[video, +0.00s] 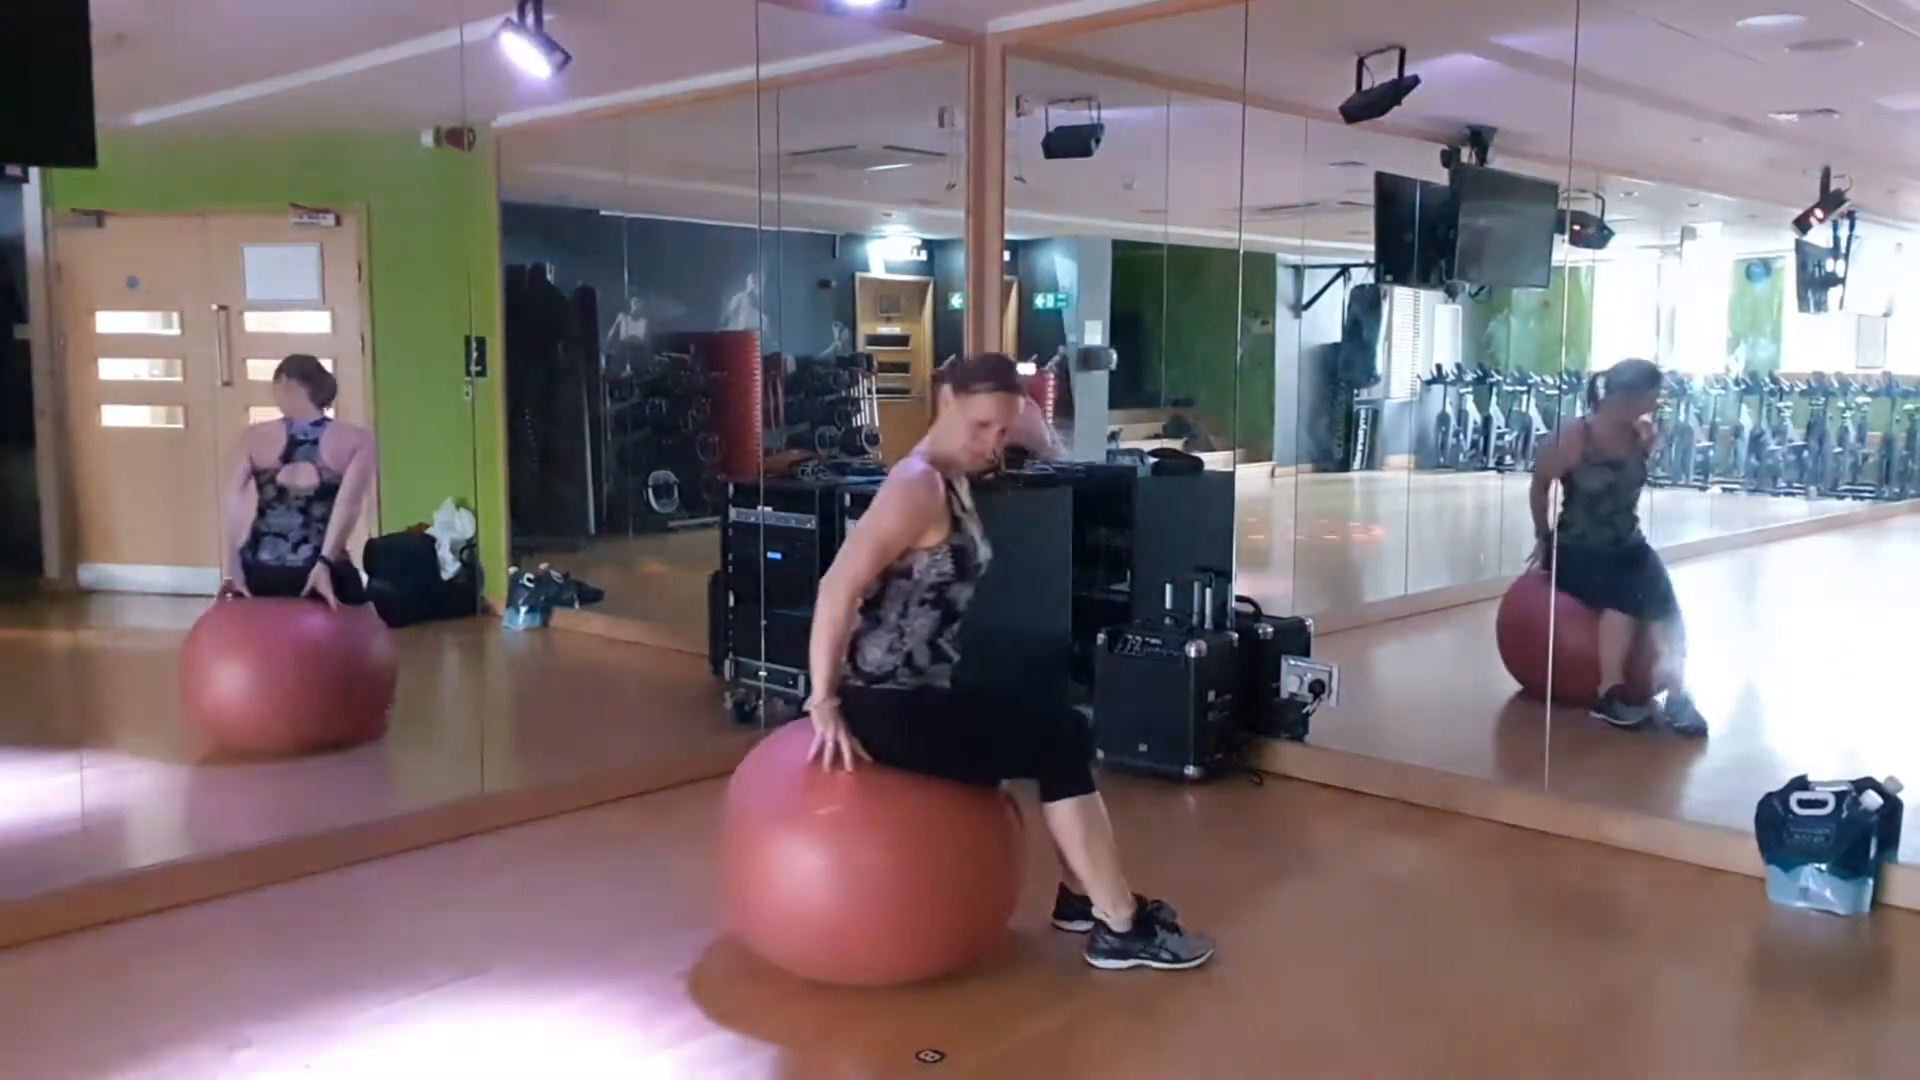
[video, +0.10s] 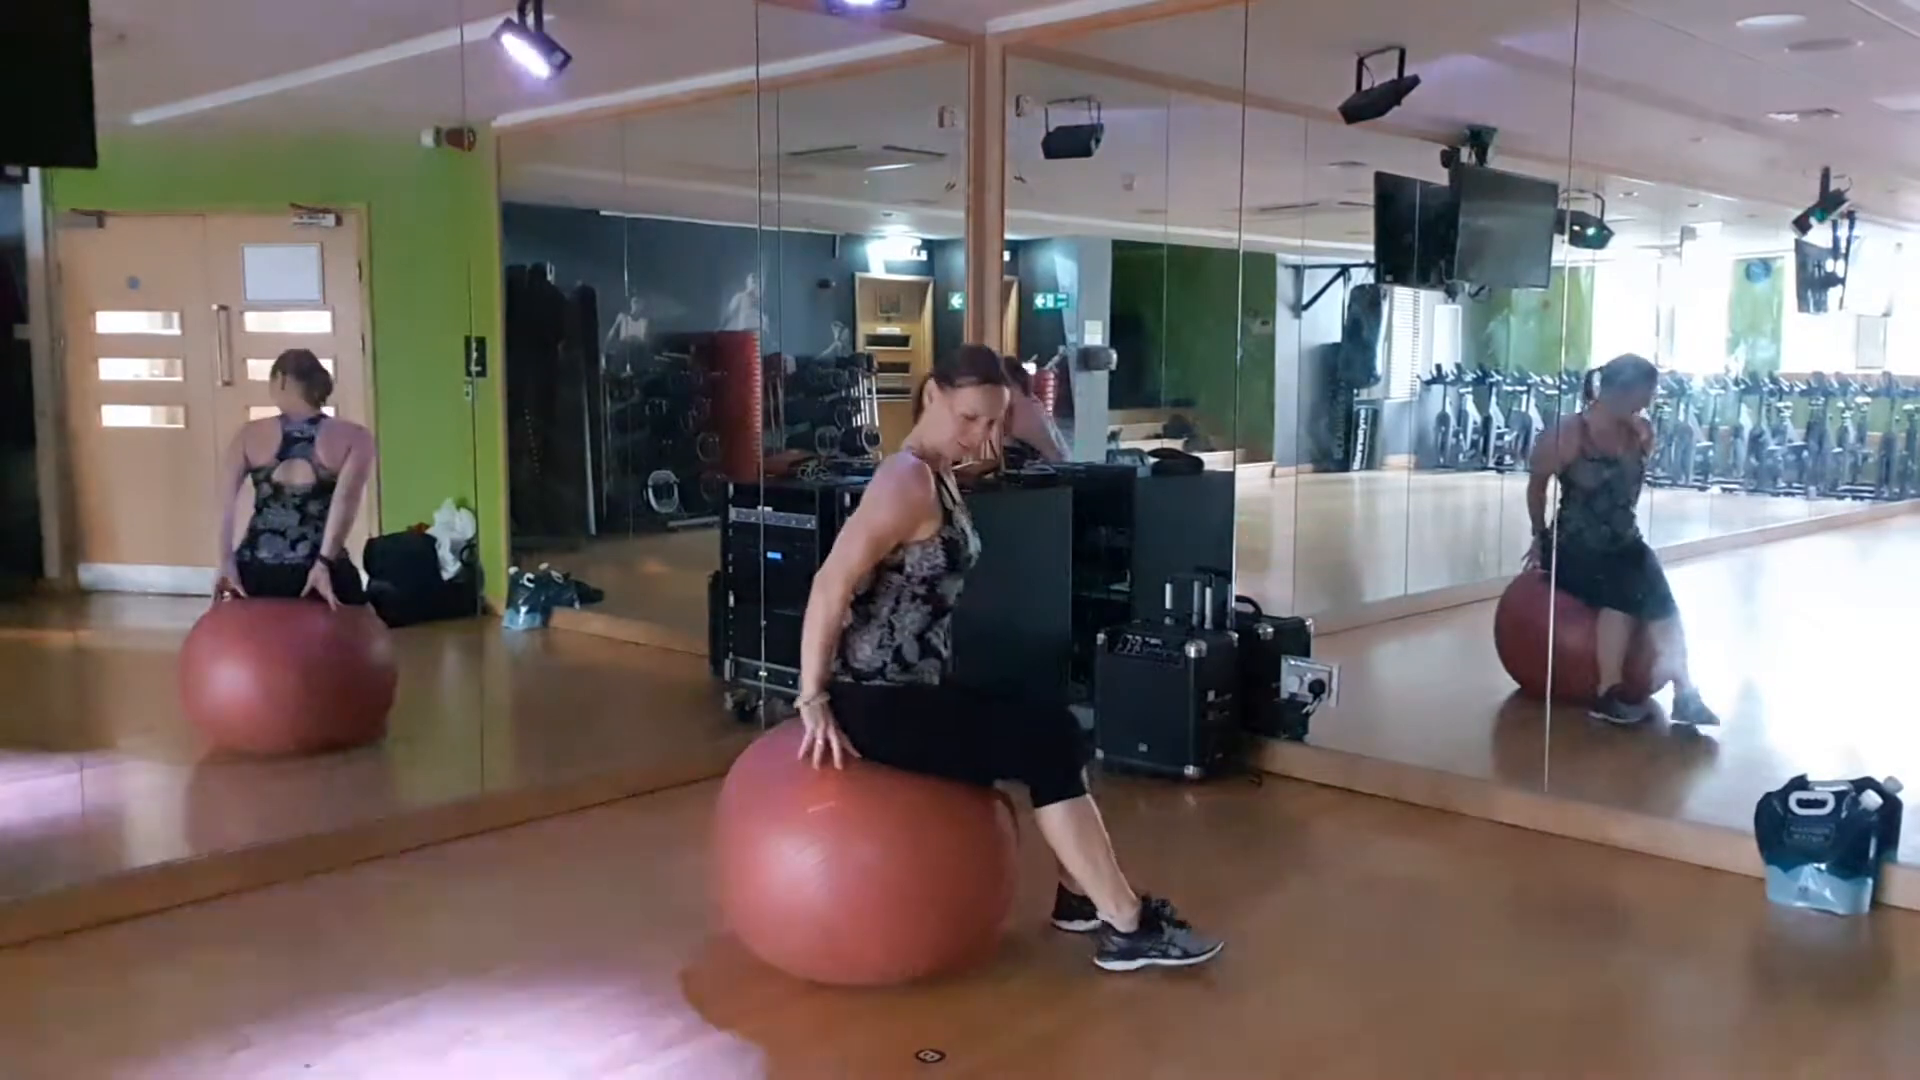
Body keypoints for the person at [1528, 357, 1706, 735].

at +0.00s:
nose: (1653, 407)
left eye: (1655, 400)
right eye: (1650, 399)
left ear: (1640, 402)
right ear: (1624, 396)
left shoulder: (1642, 434)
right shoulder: (1573, 436)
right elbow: (1540, 484)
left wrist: (1650, 443)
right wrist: (1543, 538)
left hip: (1627, 542)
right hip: (1577, 545)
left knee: (1662, 598)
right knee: (1624, 590)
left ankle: (1677, 695)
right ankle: (1610, 691)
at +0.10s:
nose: (1644, 405)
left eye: (1647, 398)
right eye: (1641, 397)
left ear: (1638, 394)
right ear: (1619, 390)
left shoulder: (1638, 432)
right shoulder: (1567, 433)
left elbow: (1628, 488)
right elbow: (1537, 485)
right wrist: (1539, 534)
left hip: (1625, 544)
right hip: (1575, 544)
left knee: (1659, 596)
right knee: (1620, 590)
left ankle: (1685, 694)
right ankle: (1608, 693)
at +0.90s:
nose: (1680, 351)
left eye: (1678, 343)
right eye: (1672, 343)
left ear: (1650, 348)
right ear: (1646, 347)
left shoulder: (1678, 404)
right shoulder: (1603, 404)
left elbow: (1677, 472)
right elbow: (1581, 474)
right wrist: (1572, 532)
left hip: (1663, 520)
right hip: (1610, 519)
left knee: (1691, 601)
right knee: (1651, 590)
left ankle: (1698, 699)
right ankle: (1632, 696)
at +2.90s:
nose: (1655, 402)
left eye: (1660, 393)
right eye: (1646, 392)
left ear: (1664, 395)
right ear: (1623, 388)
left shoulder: (1668, 435)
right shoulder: (1583, 436)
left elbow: (1660, 493)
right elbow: (1548, 487)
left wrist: (1643, 532)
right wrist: (1544, 544)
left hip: (1639, 544)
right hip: (1585, 544)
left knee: (1669, 586)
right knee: (1639, 587)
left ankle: (1686, 693)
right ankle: (1662, 693)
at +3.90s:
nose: (1641, 413)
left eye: (1646, 406)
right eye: (1632, 405)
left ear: (1651, 412)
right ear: (1609, 408)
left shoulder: (1663, 458)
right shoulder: (1581, 460)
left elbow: (1674, 520)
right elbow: (1555, 520)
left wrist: (1686, 558)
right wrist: (1585, 569)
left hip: (1675, 566)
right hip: (1626, 573)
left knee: (1721, 573)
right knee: (1705, 599)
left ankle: (1718, 699)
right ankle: (1719, 713)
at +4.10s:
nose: (1642, 422)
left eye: (1645, 415)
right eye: (1633, 414)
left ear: (1649, 420)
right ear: (1607, 417)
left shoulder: (1665, 463)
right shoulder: (1579, 467)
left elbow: (1679, 524)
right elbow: (1560, 532)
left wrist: (1694, 561)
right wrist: (1591, 573)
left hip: (1682, 562)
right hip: (1632, 573)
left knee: (1722, 580)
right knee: (1700, 599)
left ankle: (1771, 699)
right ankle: (1714, 712)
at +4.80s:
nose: (1629, 470)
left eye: (1631, 465)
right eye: (1618, 466)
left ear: (1636, 474)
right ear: (1596, 477)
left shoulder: (1659, 511)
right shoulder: (1579, 516)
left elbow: (1685, 553)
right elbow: (1568, 572)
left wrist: (1712, 571)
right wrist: (1608, 588)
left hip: (1696, 578)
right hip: (1653, 587)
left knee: (1768, 626)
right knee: (1721, 613)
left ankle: (1818, 744)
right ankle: (1720, 715)